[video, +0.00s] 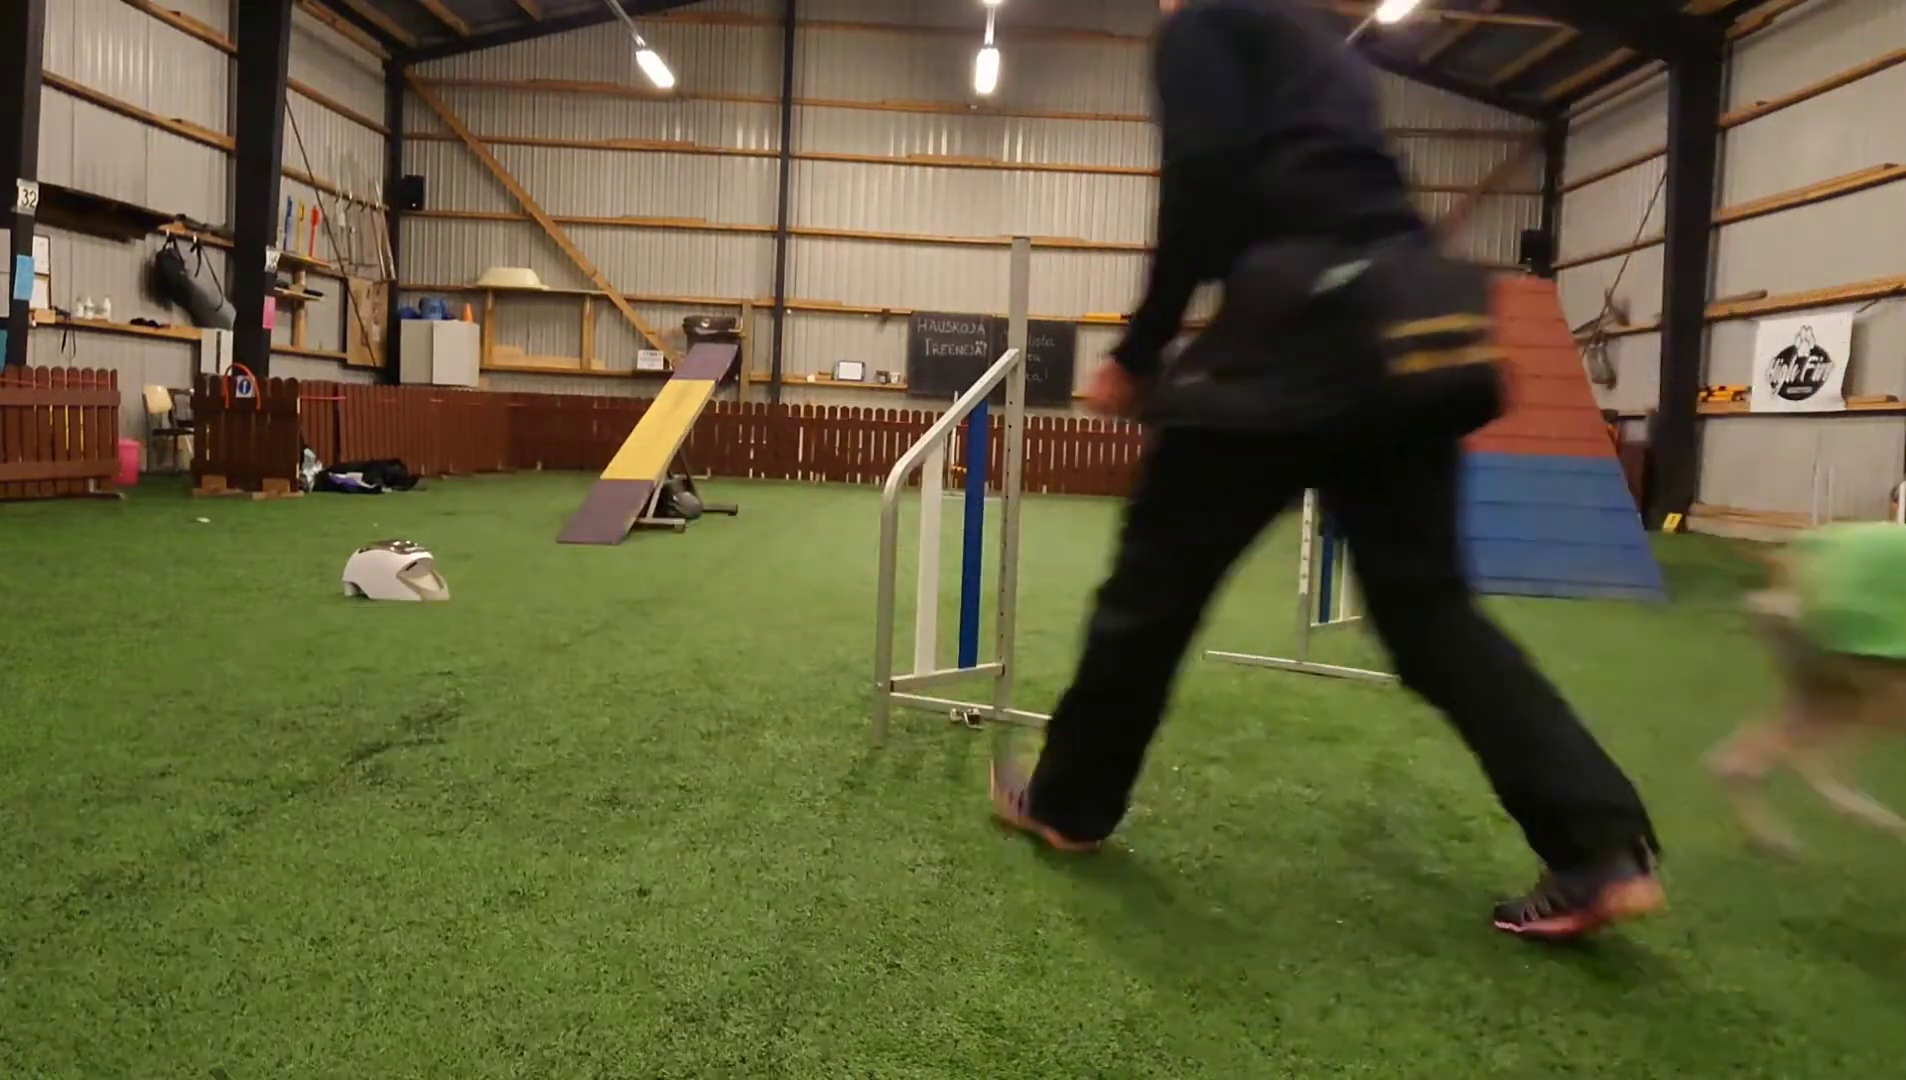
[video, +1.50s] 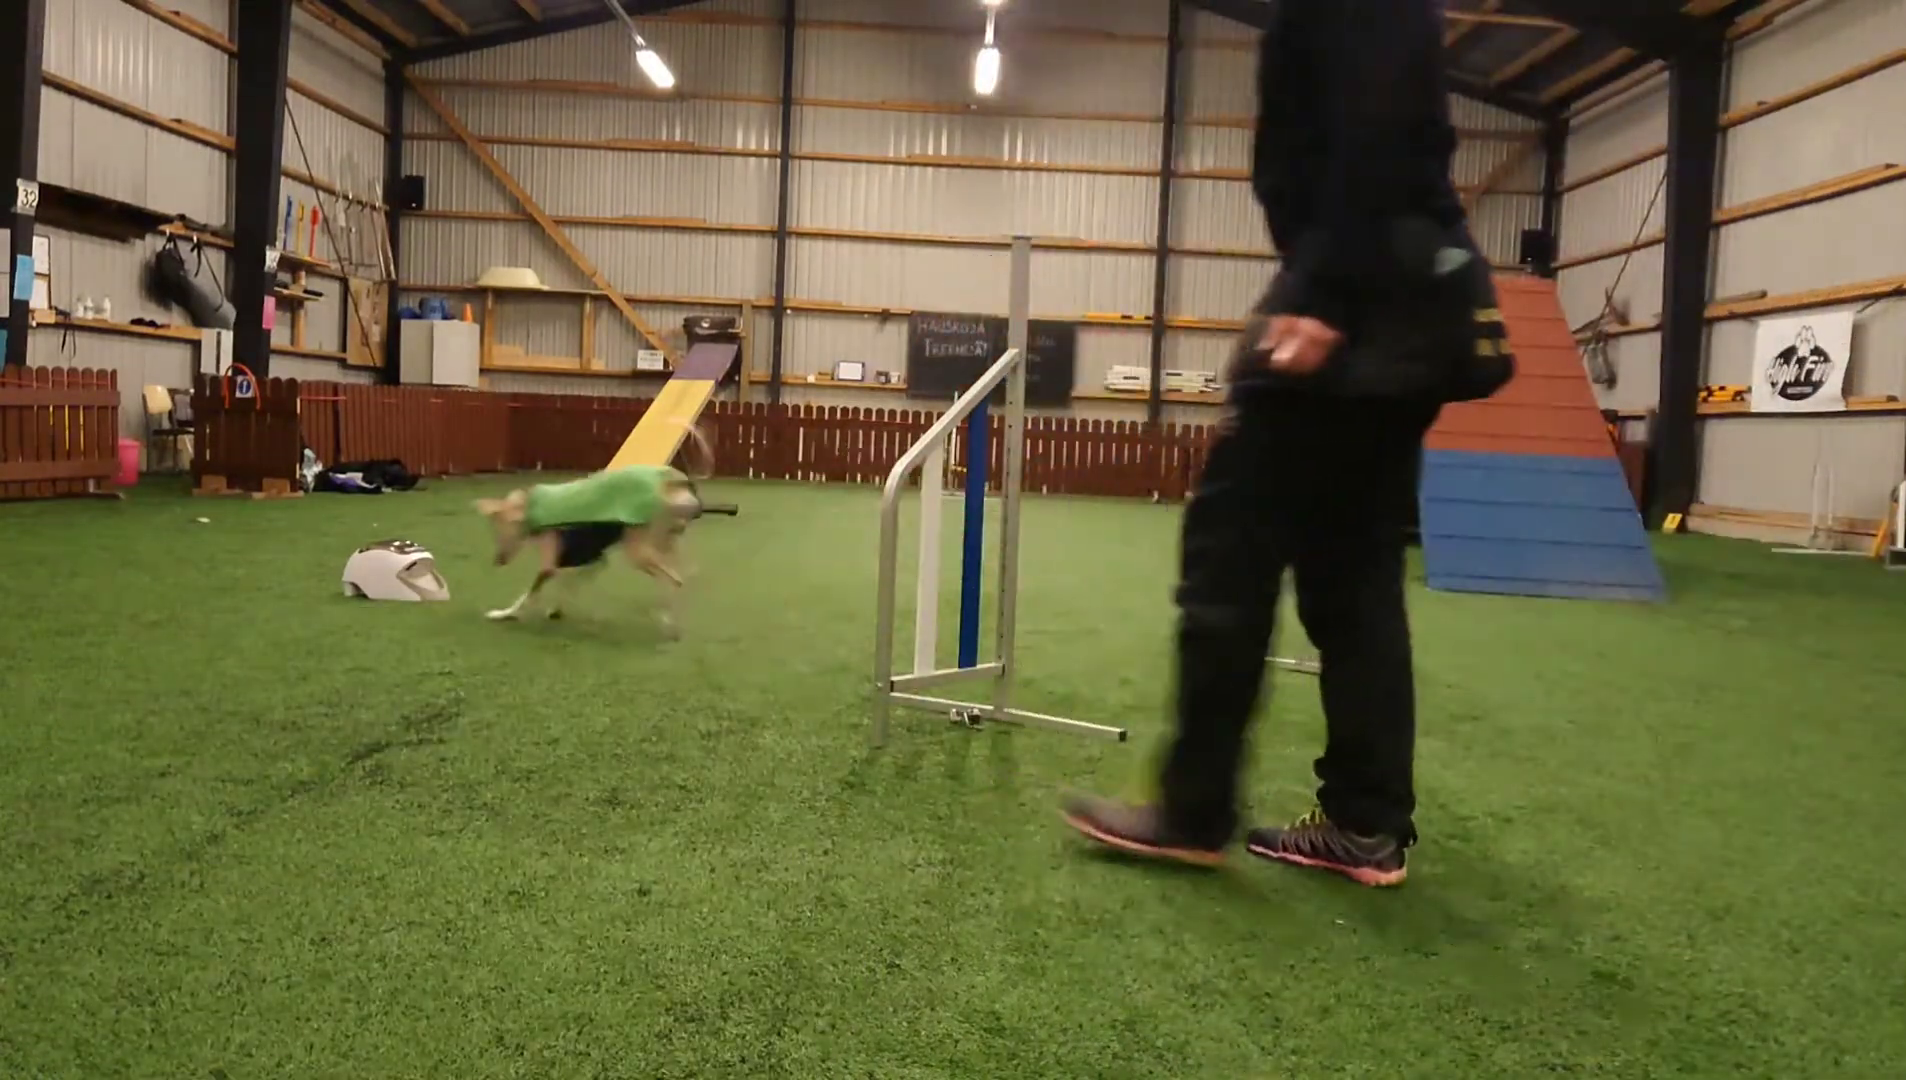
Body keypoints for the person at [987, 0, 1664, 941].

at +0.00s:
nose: (1153, 8)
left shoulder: (1198, 29)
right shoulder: (1326, 45)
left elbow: (1201, 185)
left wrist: (1136, 353)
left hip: (1280, 351)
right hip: (1413, 350)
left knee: (1153, 587)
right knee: (1429, 616)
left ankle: (1070, 804)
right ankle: (1605, 851)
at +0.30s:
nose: (1054, 27)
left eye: (1058, 20)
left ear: (1085, 5)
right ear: (1178, 10)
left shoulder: (1078, 40)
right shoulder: (1226, 69)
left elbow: (1044, 184)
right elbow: (1262, 232)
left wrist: (990, 349)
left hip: (1156, 323)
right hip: (1293, 333)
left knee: (1081, 551)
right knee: (1226, 565)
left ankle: (1056, 796)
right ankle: (1331, 804)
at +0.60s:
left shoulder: (1037, 19)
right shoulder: (1183, 49)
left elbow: (1018, 161)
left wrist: (967, 323)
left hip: (1117, 302)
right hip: (1249, 308)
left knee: (1060, 549)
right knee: (1219, 555)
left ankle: (1057, 795)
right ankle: (1328, 785)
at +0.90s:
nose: (994, 24)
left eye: (1000, 21)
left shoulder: (1049, 7)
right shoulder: (1188, 19)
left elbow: (1036, 145)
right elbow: (1184, 163)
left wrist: (960, 295)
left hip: (1115, 308)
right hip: (1235, 313)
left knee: (1051, 546)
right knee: (1183, 542)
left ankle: (1055, 793)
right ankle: (1327, 741)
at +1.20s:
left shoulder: (1181, 12)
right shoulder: (1289, 19)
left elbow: (1184, 164)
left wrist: (1092, 302)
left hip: (1193, 317)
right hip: (1293, 321)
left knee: (1103, 548)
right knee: (1254, 563)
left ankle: (1060, 792)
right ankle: (1352, 797)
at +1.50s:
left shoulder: (1348, 16)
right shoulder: (1384, 20)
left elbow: (1370, 140)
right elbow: (1395, 145)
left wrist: (1322, 295)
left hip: (1342, 316)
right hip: (1394, 320)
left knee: (1227, 535)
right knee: (1353, 571)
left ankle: (1192, 813)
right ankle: (1367, 827)